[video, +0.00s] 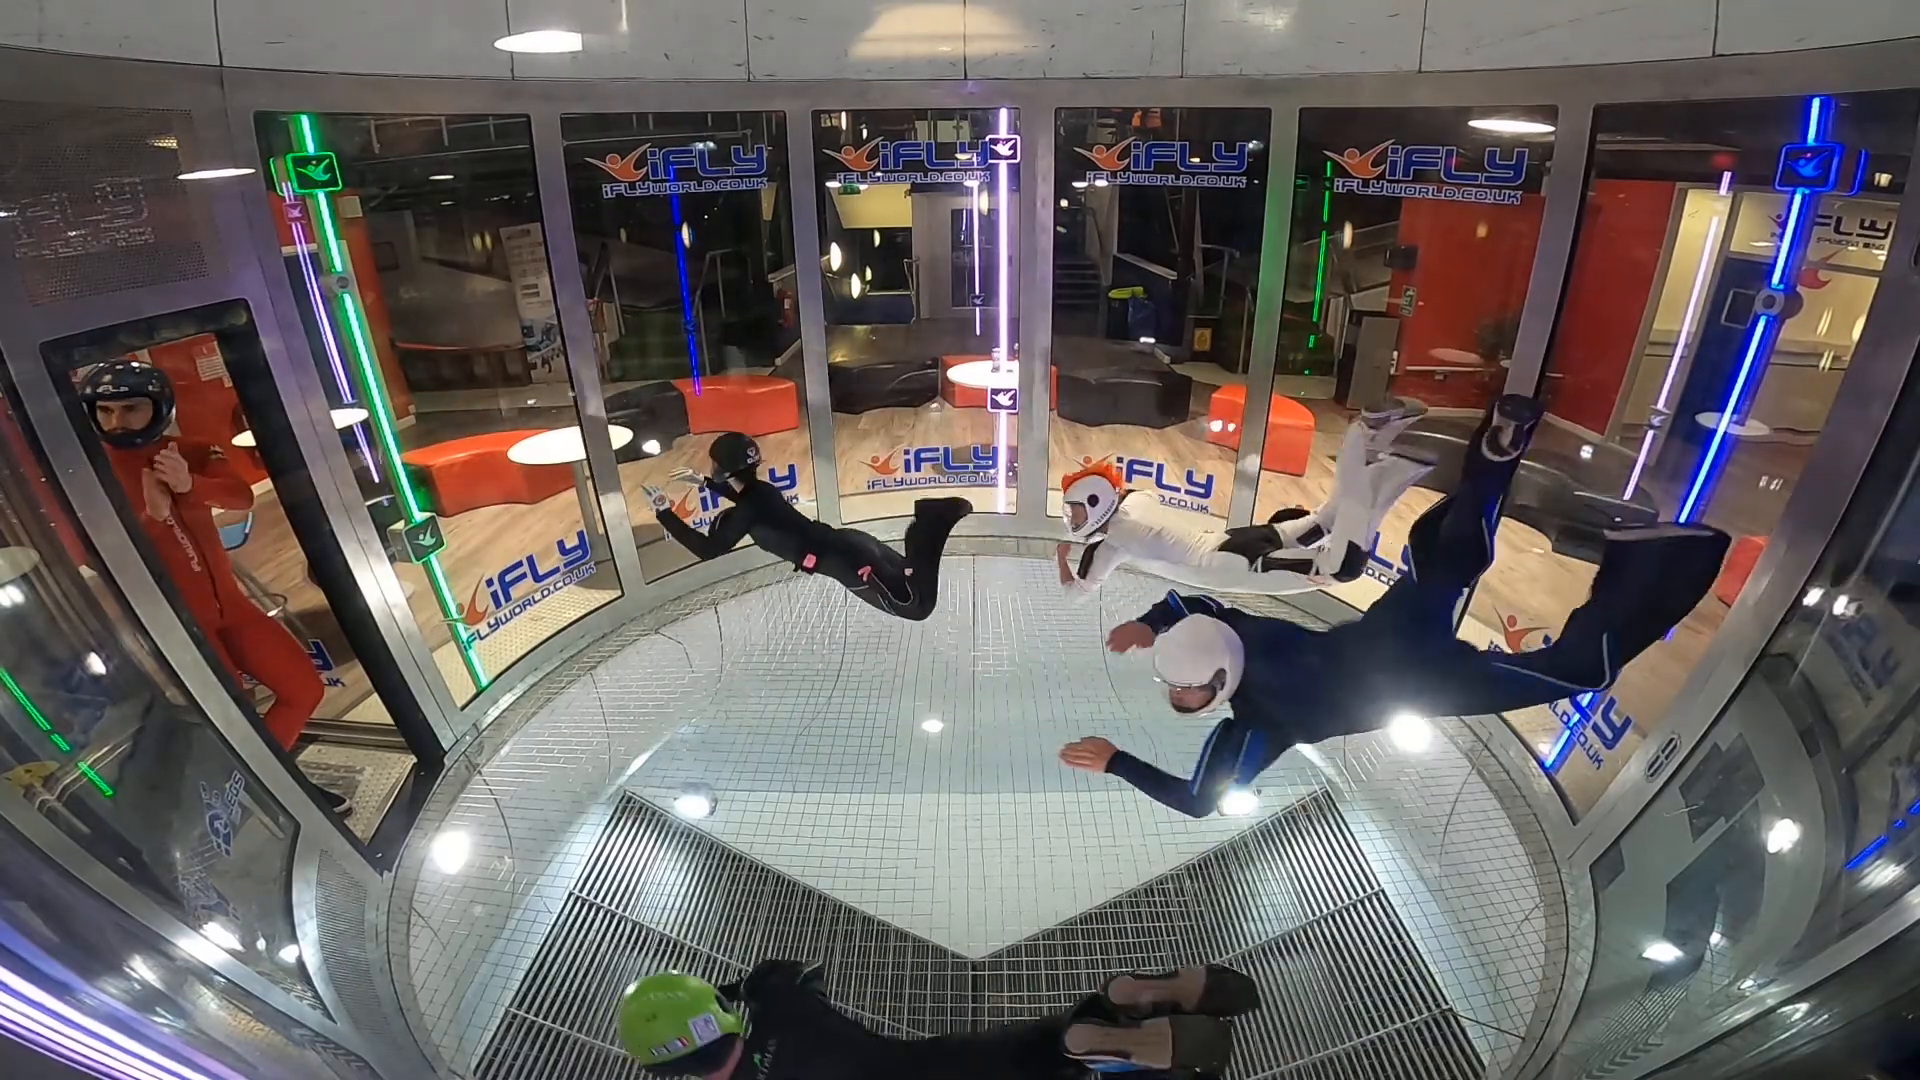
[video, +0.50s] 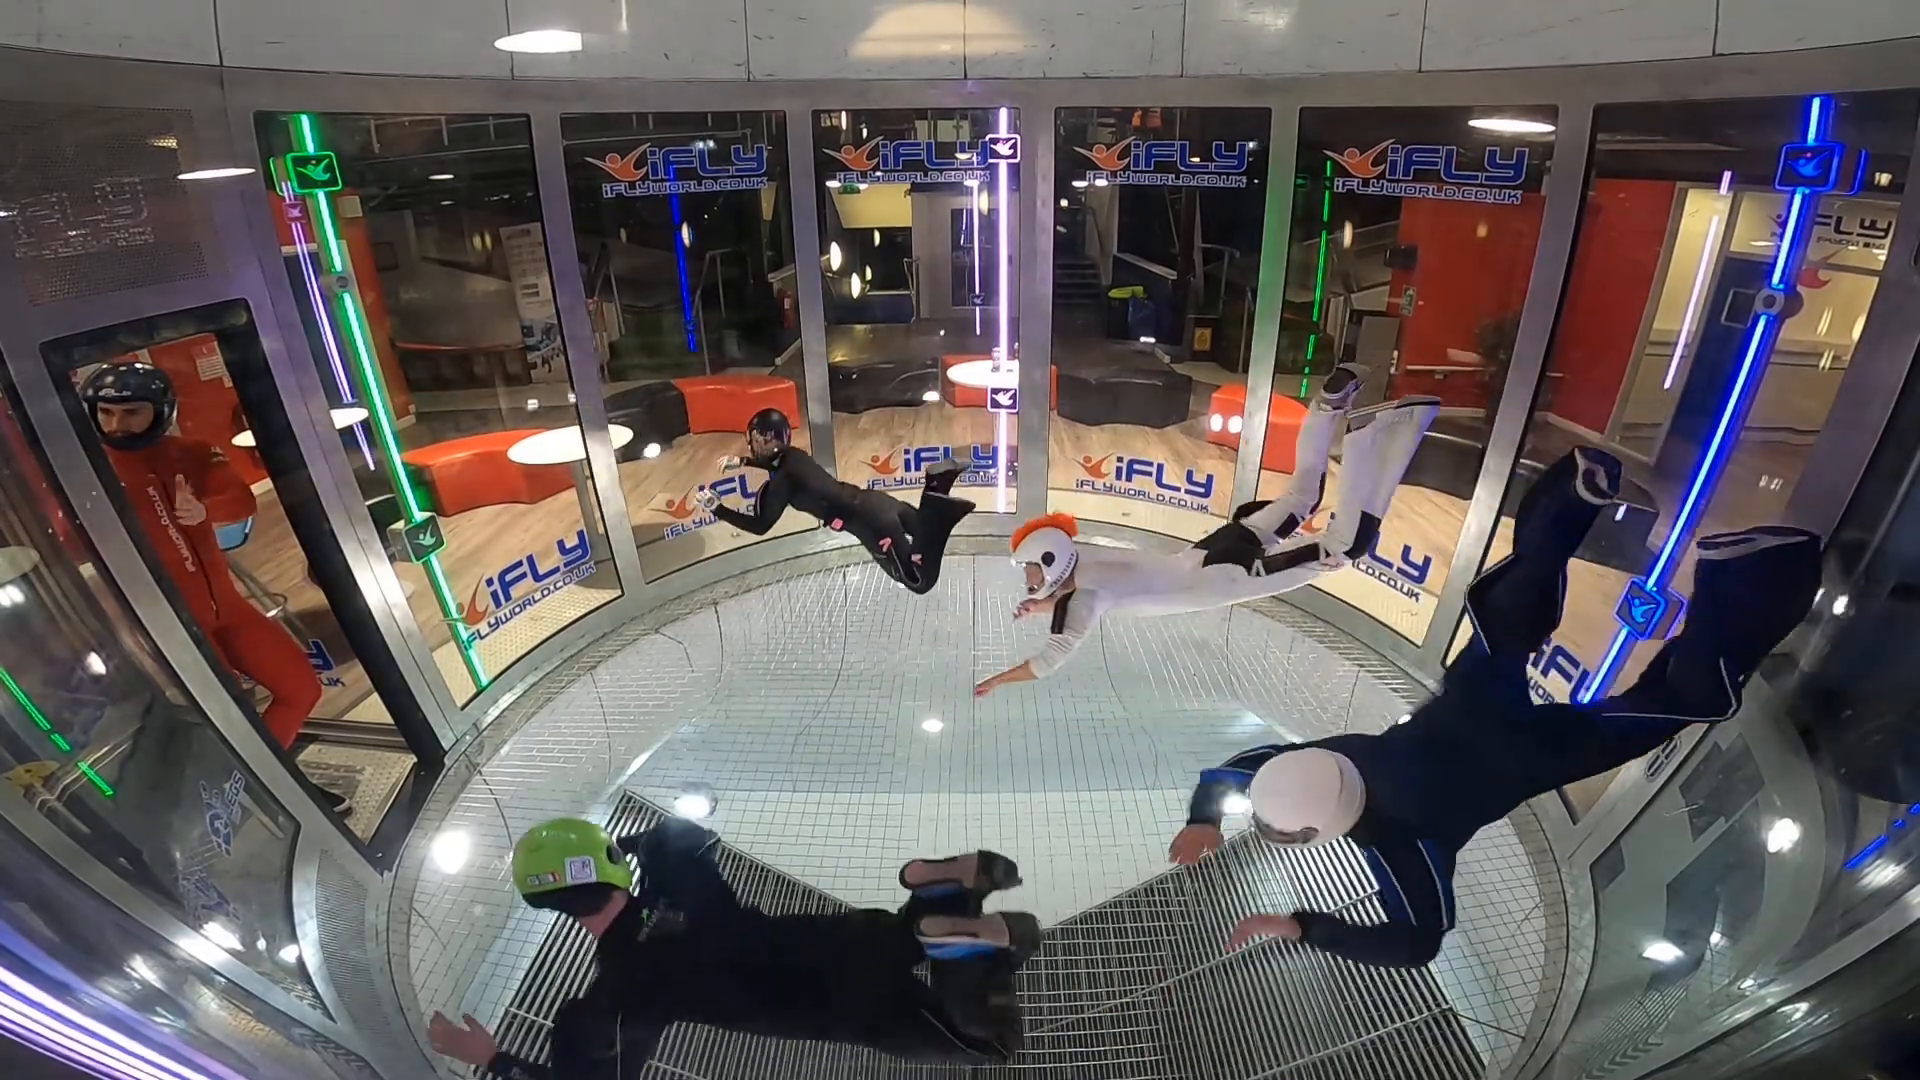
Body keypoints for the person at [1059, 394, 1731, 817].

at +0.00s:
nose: (1180, 697)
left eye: (1184, 691)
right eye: (1175, 687)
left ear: (1214, 686)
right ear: (1205, 657)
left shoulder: (1251, 725)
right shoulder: (1231, 628)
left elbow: (1197, 800)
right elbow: (1193, 608)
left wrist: (1120, 762)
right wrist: (1146, 625)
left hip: (1421, 681)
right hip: (1395, 624)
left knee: (1577, 665)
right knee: (1446, 549)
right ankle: (1504, 442)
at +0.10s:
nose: (1208, 712)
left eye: (1211, 712)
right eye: (1206, 701)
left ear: (1236, 719)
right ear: (1230, 674)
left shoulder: (1287, 746)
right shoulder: (1245, 638)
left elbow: (1240, 824)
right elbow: (1197, 614)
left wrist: (1153, 782)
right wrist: (1146, 665)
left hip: (1449, 685)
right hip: (1416, 629)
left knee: (1598, 654)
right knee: (1462, 556)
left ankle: (1692, 540)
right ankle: (1521, 446)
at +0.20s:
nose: (1237, 748)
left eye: (1240, 742)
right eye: (1231, 732)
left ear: (1269, 742)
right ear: (1261, 690)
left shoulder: (1324, 769)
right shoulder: (1271, 663)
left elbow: (1282, 849)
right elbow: (1207, 643)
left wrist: (1204, 804)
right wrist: (1154, 693)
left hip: (1482, 693)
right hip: (1437, 634)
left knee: (1629, 650)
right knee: (1482, 547)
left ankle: (1694, 537)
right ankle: (1543, 438)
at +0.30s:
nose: (1254, 771)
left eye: (1257, 770)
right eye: (1249, 765)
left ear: (1291, 768)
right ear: (1284, 714)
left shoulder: (1357, 789)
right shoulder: (1292, 694)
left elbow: (1335, 878)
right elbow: (1219, 681)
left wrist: (1246, 833)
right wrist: (1178, 729)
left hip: (1509, 704)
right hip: (1454, 650)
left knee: (1653, 656)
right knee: (1491, 557)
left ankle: (1704, 540)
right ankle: (1562, 455)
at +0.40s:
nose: (1264, 800)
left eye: (1270, 799)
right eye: (1258, 793)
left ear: (1310, 799)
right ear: (1293, 740)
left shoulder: (1385, 816)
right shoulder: (1306, 729)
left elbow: (1374, 911)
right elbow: (1234, 723)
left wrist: (1285, 862)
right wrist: (1198, 773)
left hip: (1519, 732)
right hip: (1457, 683)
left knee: (1660, 681)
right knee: (1500, 584)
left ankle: (1739, 559)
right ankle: (1571, 468)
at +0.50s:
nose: (1271, 834)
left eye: (1280, 832)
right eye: (1265, 823)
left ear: (1321, 831)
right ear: (1307, 773)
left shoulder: (1402, 845)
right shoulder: (1318, 762)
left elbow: (1417, 940)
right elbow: (1242, 765)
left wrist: (1303, 929)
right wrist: (1205, 818)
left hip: (1542, 746)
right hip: (1471, 694)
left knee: (1690, 694)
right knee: (1509, 604)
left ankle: (1718, 582)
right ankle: (1585, 486)